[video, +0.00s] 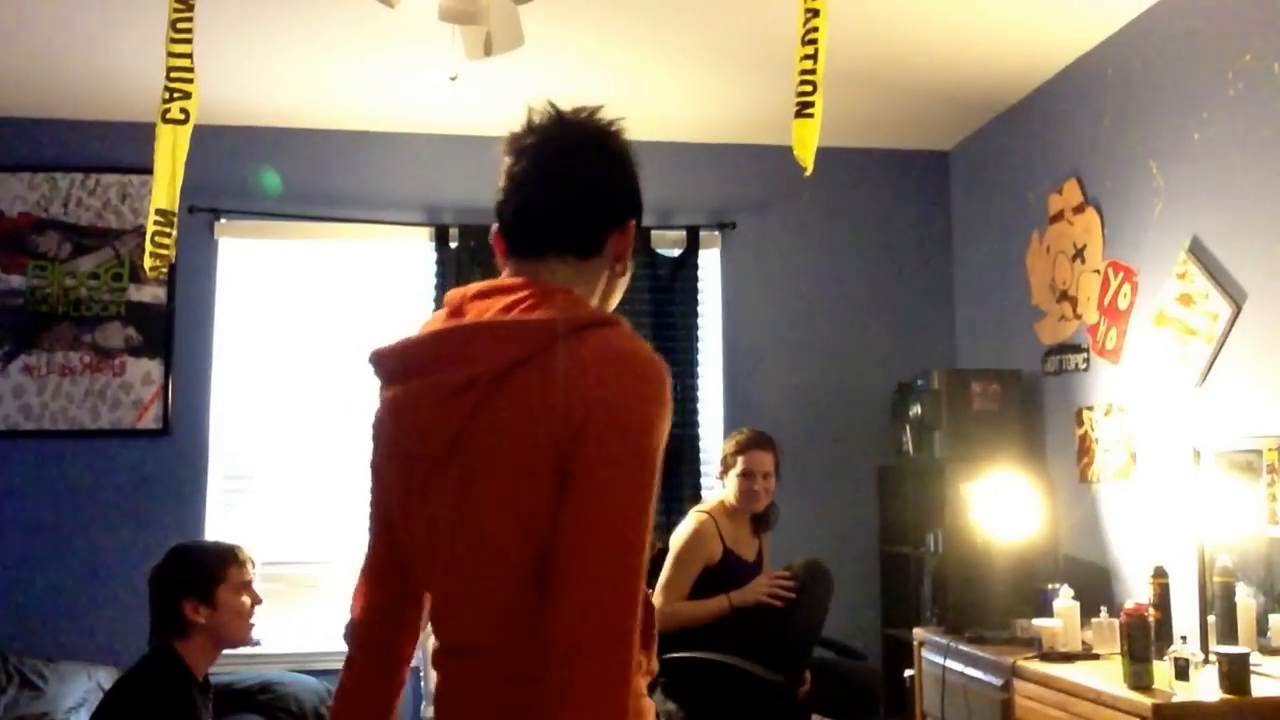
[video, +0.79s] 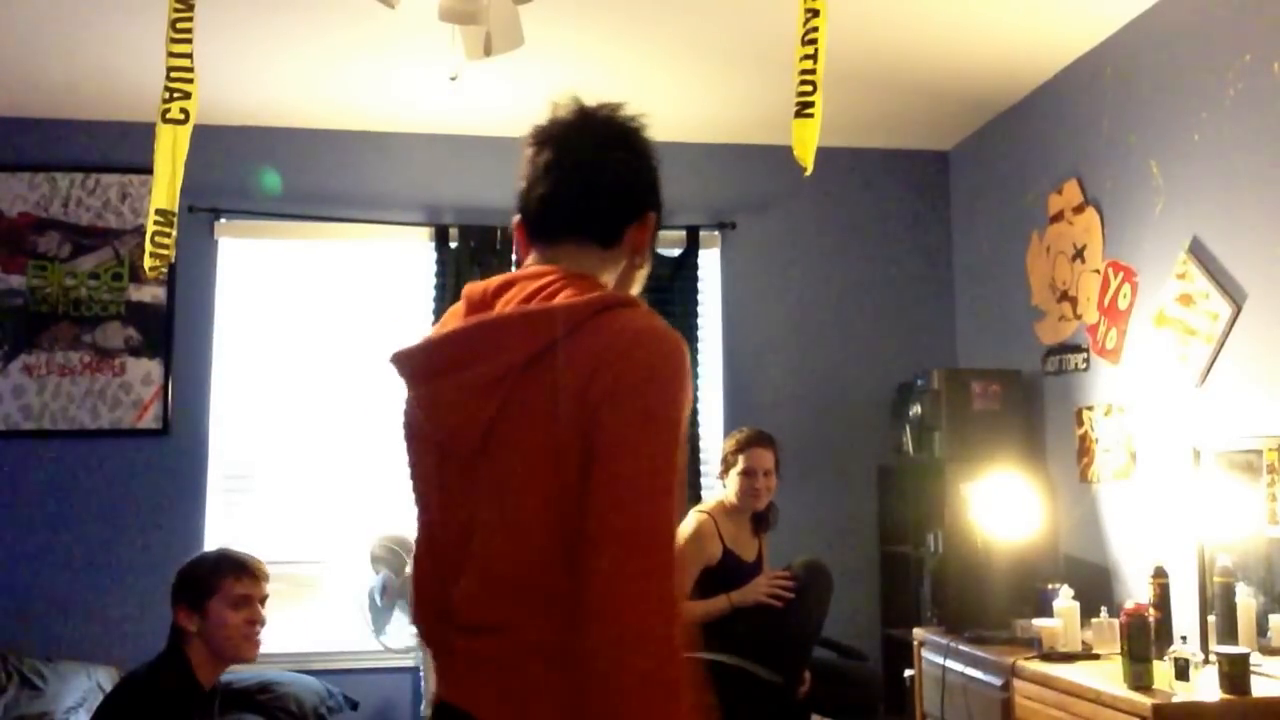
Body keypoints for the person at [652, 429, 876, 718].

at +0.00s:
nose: (757, 486)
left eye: (766, 477)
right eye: (746, 475)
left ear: (775, 481)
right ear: (724, 477)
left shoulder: (756, 526)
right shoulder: (700, 527)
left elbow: (764, 605)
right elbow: (660, 616)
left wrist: (796, 666)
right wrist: (738, 597)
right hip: (695, 662)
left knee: (861, 680)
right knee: (812, 576)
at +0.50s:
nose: (757, 485)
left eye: (766, 476)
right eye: (746, 475)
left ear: (776, 480)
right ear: (724, 476)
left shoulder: (754, 526)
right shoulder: (701, 526)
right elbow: (661, 613)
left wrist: (796, 665)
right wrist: (739, 597)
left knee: (861, 680)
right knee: (811, 575)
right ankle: (788, 701)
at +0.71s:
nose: (758, 484)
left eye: (766, 475)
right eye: (747, 474)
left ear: (776, 481)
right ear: (724, 476)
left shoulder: (755, 528)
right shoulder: (706, 527)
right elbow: (696, 604)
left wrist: (797, 665)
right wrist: (741, 595)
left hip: (755, 635)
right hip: (726, 643)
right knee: (812, 576)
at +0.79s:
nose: (758, 484)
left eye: (767, 474)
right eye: (747, 474)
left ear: (776, 480)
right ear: (725, 475)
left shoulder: (753, 524)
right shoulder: (700, 527)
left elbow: (765, 598)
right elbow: (674, 612)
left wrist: (796, 664)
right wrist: (738, 597)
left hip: (752, 641)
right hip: (715, 650)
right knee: (812, 574)